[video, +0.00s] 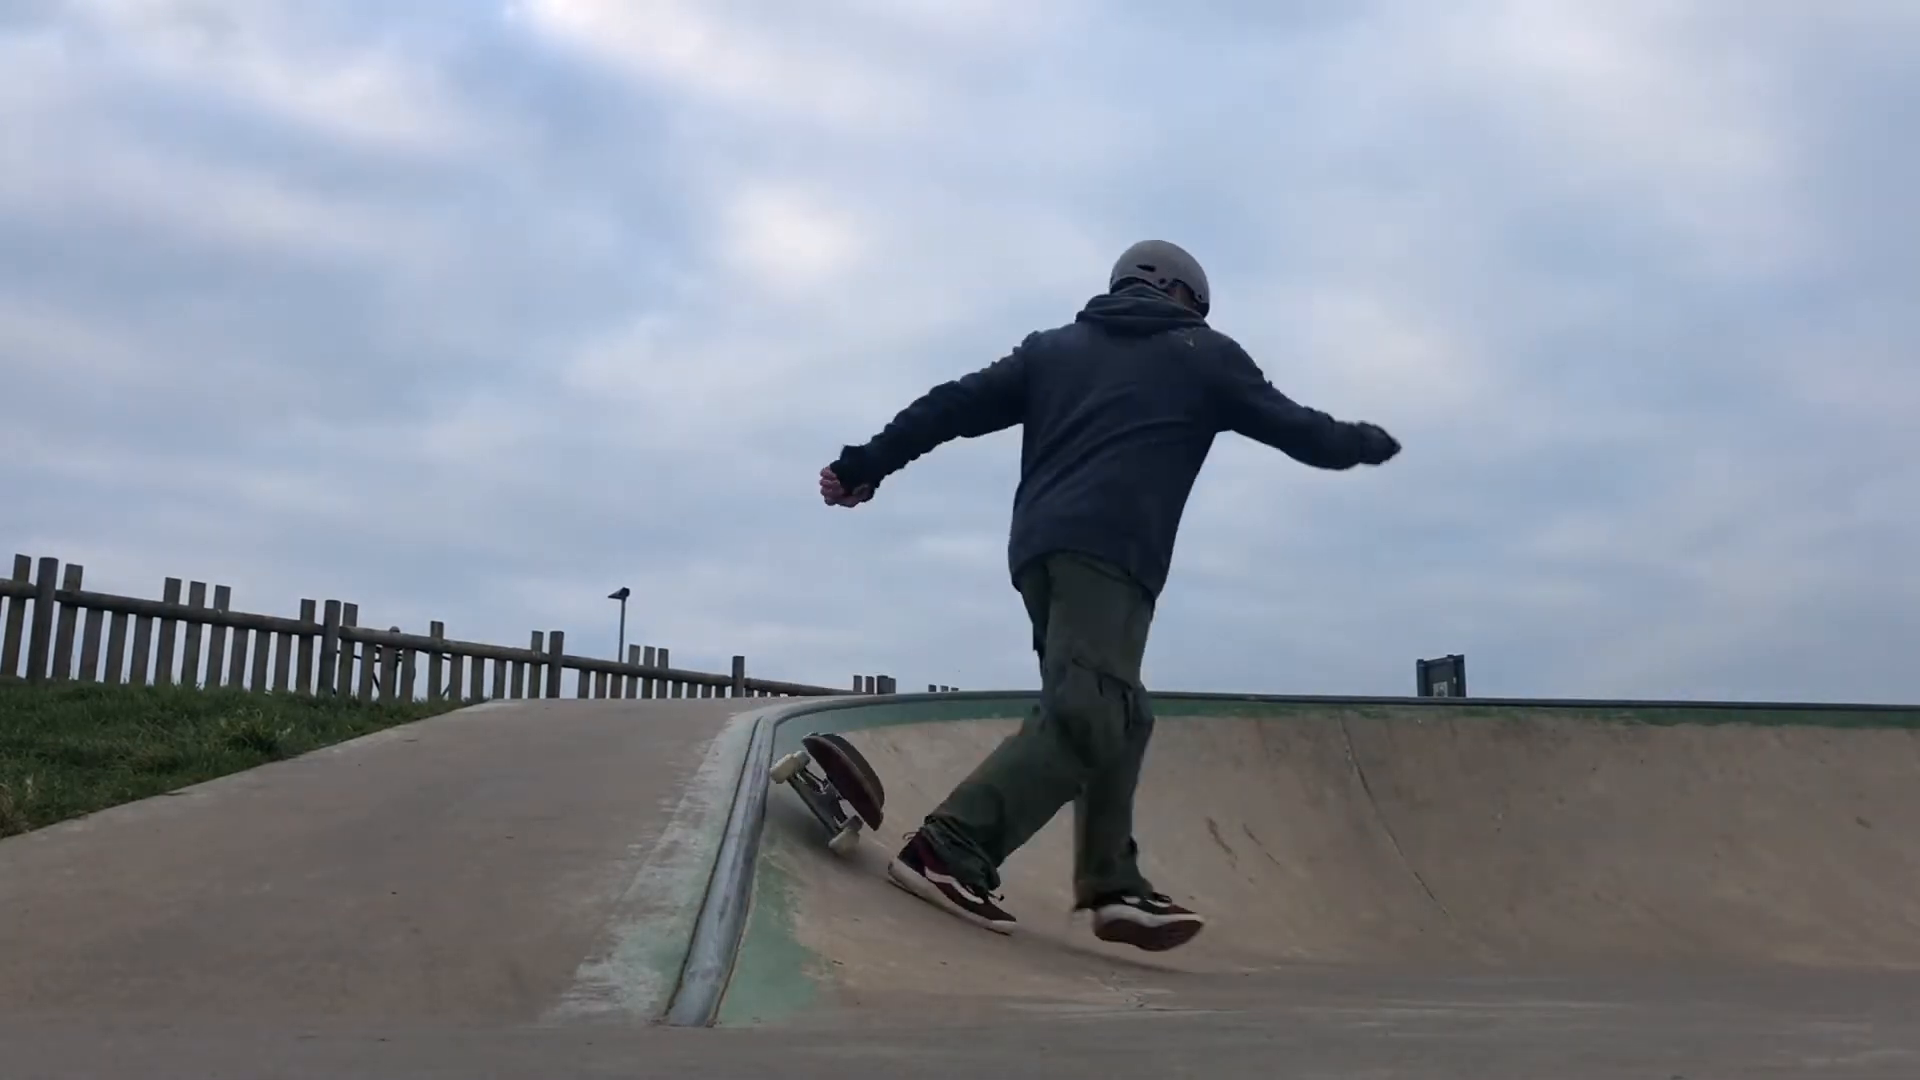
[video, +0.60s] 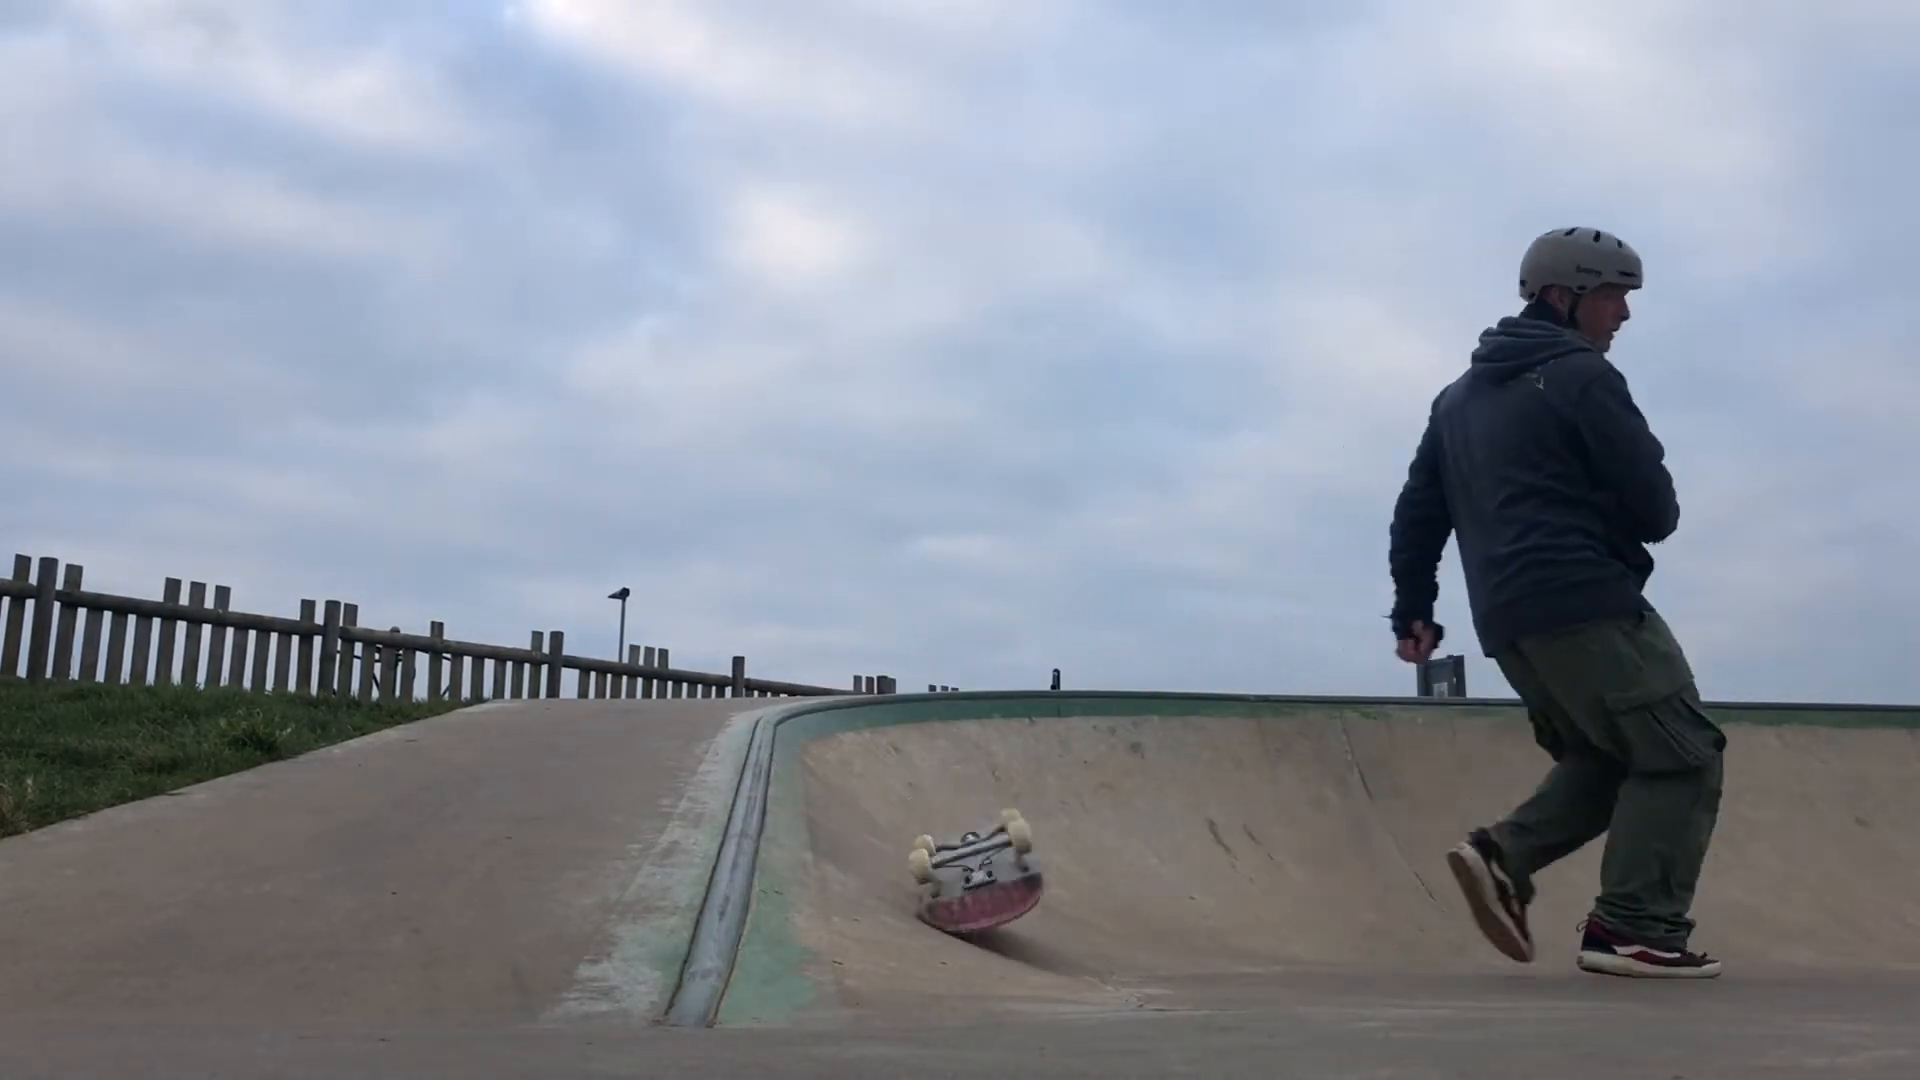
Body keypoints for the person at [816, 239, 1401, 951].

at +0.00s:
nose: (1201, 313)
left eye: (1195, 302)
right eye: (1199, 302)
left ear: (1122, 286)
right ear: (1187, 297)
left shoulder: (1054, 348)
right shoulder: (1202, 352)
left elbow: (952, 404)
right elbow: (1300, 430)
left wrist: (866, 463)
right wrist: (1370, 441)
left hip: (1036, 547)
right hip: (1112, 548)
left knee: (1122, 715)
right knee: (1084, 715)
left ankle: (1115, 891)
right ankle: (952, 846)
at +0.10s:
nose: (1253, 342)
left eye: (1253, 334)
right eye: (1252, 332)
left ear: (1175, 319)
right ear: (1234, 324)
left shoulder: (1114, 385)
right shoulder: (1260, 391)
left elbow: (1056, 446)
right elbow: (1299, 496)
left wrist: (1012, 509)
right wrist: (1297, 579)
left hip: (1113, 595)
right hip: (1196, 594)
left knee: (1197, 761)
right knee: (1212, 763)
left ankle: (1196, 931)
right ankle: (1054, 822)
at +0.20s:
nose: (1325, 360)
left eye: (1326, 351)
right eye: (1323, 348)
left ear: (1244, 334)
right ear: (1300, 339)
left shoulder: (1171, 406)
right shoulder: (1331, 411)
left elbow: (1134, 511)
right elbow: (1338, 537)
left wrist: (1136, 608)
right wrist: (1297, 593)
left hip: (1187, 612)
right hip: (1278, 607)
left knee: (1249, 777)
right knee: (1360, 754)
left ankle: (1198, 933)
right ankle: (1256, 834)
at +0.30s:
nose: (1406, 341)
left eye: (1407, 331)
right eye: (1404, 329)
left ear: (1328, 314)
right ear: (1378, 318)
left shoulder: (1248, 392)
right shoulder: (1406, 389)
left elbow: (1194, 509)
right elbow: (1425, 515)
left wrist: (1191, 607)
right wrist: (1382, 572)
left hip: (1265, 599)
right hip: (1360, 586)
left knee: (1276, 769)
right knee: (1467, 725)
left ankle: (1217, 919)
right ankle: (1464, 889)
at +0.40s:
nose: (1479, 326)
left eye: (1481, 313)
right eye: (1475, 311)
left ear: (1399, 300)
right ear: (1441, 302)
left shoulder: (1312, 384)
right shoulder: (1473, 370)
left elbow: (1241, 495)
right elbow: (1507, 503)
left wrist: (1232, 592)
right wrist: (1457, 556)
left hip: (1340, 601)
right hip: (1434, 584)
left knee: (1335, 762)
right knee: (1550, 725)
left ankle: (1258, 890)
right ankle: (1600, 923)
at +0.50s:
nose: (1559, 324)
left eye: (1560, 310)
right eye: (1552, 309)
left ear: (1475, 305)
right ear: (1512, 306)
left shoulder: (1391, 403)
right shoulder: (1538, 376)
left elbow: (1324, 510)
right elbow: (1599, 505)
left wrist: (1295, 604)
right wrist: (1554, 554)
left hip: (1436, 620)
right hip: (1525, 598)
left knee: (1478, 768)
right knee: (1640, 741)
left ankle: (1360, 845)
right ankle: (1629, 925)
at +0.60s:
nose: (1625, 314)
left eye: (1625, 298)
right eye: (1615, 298)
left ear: (1544, 300)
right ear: (1564, 298)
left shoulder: (1458, 399)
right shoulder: (1583, 377)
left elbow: (1418, 511)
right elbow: (1655, 509)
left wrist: (1411, 606)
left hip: (1505, 620)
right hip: (1586, 600)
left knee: (1604, 762)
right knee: (1681, 752)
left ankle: (1505, 856)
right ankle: (1635, 927)